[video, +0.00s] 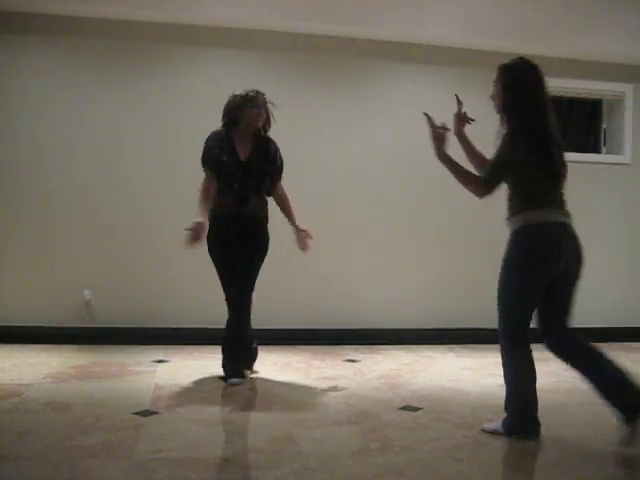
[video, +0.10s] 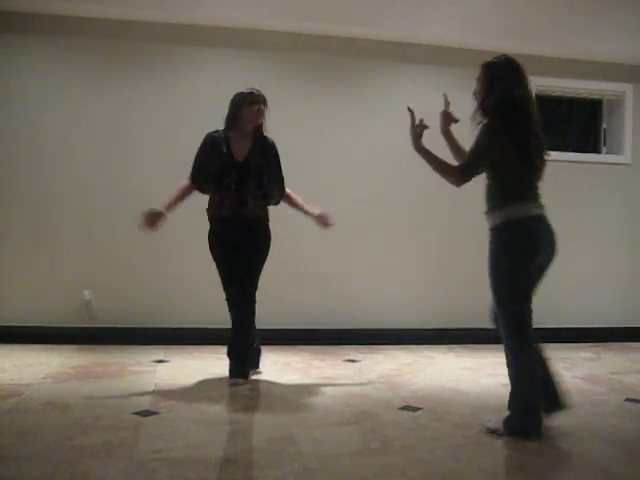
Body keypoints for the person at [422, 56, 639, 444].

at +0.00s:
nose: (492, 93)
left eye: (496, 86)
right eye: (494, 85)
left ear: (510, 93)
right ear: (533, 92)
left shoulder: (518, 135)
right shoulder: (545, 132)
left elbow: (483, 186)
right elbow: (494, 171)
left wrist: (442, 153)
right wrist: (463, 137)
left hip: (530, 242)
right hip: (564, 241)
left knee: (512, 332)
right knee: (556, 333)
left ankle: (521, 421)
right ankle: (631, 402)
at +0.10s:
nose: (475, 89)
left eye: (479, 82)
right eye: (477, 82)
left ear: (492, 88)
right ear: (516, 87)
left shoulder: (498, 127)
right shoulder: (526, 125)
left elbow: (459, 175)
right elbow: (476, 164)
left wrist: (419, 147)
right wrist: (448, 135)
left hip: (511, 237)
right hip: (536, 233)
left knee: (514, 326)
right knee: (507, 317)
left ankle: (523, 420)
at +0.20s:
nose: (460, 99)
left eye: (464, 93)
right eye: (463, 92)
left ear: (472, 100)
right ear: (501, 100)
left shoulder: (475, 135)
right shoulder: (505, 135)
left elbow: (444, 186)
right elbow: (463, 179)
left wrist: (411, 161)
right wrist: (438, 152)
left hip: (490, 243)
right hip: (513, 239)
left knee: (506, 333)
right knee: (466, 309)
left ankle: (526, 420)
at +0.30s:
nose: (437, 116)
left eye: (443, 110)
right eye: (440, 110)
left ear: (457, 116)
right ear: (472, 116)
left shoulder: (454, 153)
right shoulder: (480, 150)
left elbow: (434, 204)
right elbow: (450, 198)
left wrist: (400, 183)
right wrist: (419, 189)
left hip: (468, 250)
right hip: (485, 247)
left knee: (496, 335)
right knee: (435, 308)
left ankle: (525, 419)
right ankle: (423, 382)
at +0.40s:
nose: (418, 119)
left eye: (423, 114)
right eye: (420, 112)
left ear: (437, 120)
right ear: (445, 119)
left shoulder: (438, 151)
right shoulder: (452, 150)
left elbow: (432, 196)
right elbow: (455, 197)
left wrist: (393, 172)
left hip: (449, 249)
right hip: (456, 246)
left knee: (474, 325)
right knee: (414, 307)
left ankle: (517, 400)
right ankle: (418, 388)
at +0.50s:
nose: (403, 104)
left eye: (409, 100)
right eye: (406, 99)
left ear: (422, 106)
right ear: (427, 108)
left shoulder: (424, 135)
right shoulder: (433, 141)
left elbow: (427, 172)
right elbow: (462, 188)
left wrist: (399, 136)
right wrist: (434, 205)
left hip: (435, 235)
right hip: (430, 234)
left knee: (450, 310)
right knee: (413, 303)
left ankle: (472, 386)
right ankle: (422, 380)